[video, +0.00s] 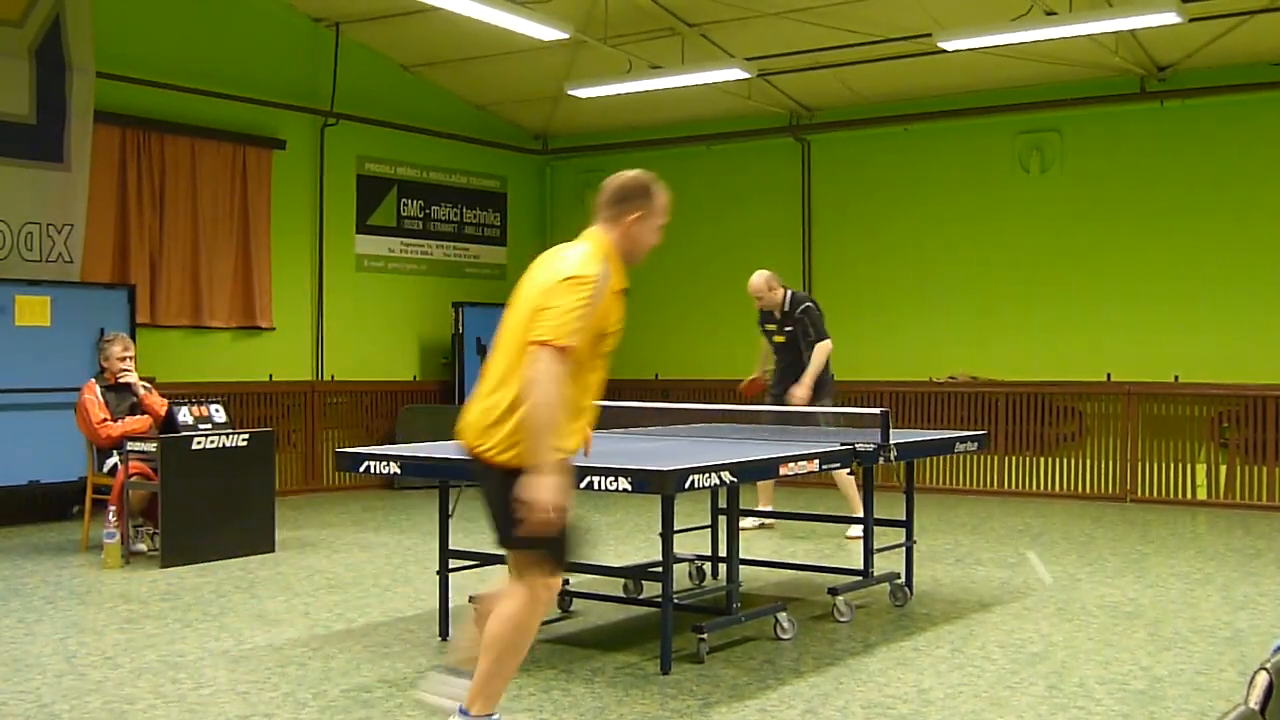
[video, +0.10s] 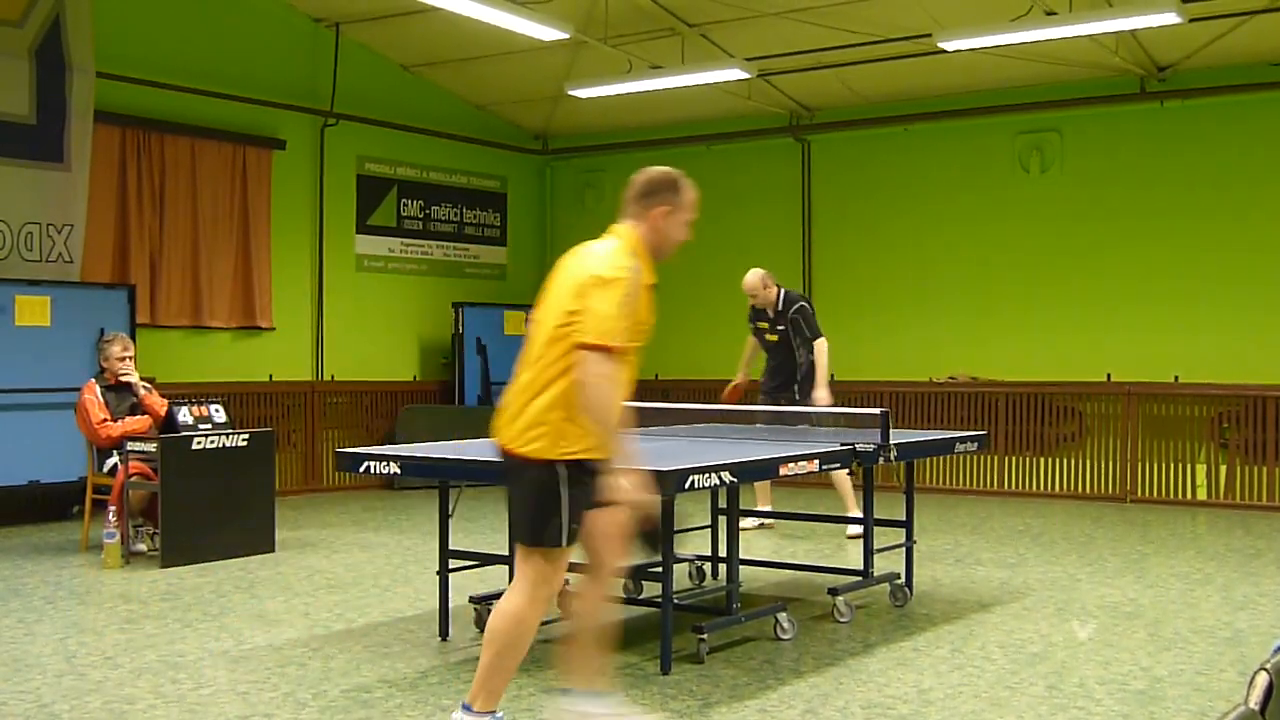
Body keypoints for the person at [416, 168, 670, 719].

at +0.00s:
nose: (659, 238)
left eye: (661, 226)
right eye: (658, 224)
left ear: (615, 215)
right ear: (632, 218)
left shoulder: (571, 258)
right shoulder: (588, 269)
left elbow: (535, 352)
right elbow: (548, 360)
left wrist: (560, 437)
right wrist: (546, 466)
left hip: (507, 440)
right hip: (520, 447)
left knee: (531, 576)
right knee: (537, 584)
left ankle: (457, 669)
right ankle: (477, 709)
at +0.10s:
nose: (689, 233)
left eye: (690, 220)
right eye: (686, 219)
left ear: (647, 212)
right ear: (658, 213)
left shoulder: (593, 256)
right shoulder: (618, 266)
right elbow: (597, 371)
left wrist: (621, 445)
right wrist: (625, 464)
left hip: (575, 439)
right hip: (548, 440)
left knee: (610, 556)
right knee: (537, 579)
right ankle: (477, 710)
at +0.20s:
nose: (735, 242)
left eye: (737, 229)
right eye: (732, 228)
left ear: (694, 221)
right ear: (703, 221)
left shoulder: (646, 264)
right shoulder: (666, 270)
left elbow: (588, 343)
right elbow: (669, 373)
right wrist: (734, 456)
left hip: (627, 456)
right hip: (598, 453)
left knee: (680, 573)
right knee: (554, 581)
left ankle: (721, 699)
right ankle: (482, 706)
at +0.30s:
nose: (765, 240)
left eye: (768, 229)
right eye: (763, 227)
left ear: (724, 219)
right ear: (737, 220)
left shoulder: (682, 269)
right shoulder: (698, 273)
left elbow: (629, 355)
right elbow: (708, 372)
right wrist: (786, 438)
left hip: (676, 457)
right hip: (642, 456)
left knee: (730, 566)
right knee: (614, 582)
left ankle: (739, 705)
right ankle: (506, 695)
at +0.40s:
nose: (815, 231)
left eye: (817, 219)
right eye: (813, 217)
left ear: (780, 207)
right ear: (786, 208)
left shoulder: (755, 259)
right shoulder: (748, 259)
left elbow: (737, 358)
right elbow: (754, 353)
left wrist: (769, 419)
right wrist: (829, 423)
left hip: (744, 446)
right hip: (717, 446)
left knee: (769, 562)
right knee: (742, 572)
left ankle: (743, 703)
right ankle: (606, 669)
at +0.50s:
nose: (847, 222)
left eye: (849, 210)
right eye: (844, 208)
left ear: (811, 198)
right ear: (815, 198)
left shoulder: (784, 250)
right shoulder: (780, 249)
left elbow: (784, 345)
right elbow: (780, 342)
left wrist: (825, 417)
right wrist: (844, 419)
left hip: (755, 436)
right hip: (762, 437)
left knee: (768, 569)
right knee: (809, 563)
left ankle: (743, 700)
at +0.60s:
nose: (900, 220)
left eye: (902, 208)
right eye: (895, 206)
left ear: (855, 200)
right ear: (865, 199)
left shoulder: (816, 250)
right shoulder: (839, 249)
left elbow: (815, 351)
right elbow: (821, 340)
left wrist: (884, 391)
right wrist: (867, 433)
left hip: (784, 436)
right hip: (819, 440)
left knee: (776, 566)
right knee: (880, 562)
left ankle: (744, 699)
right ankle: (875, 702)